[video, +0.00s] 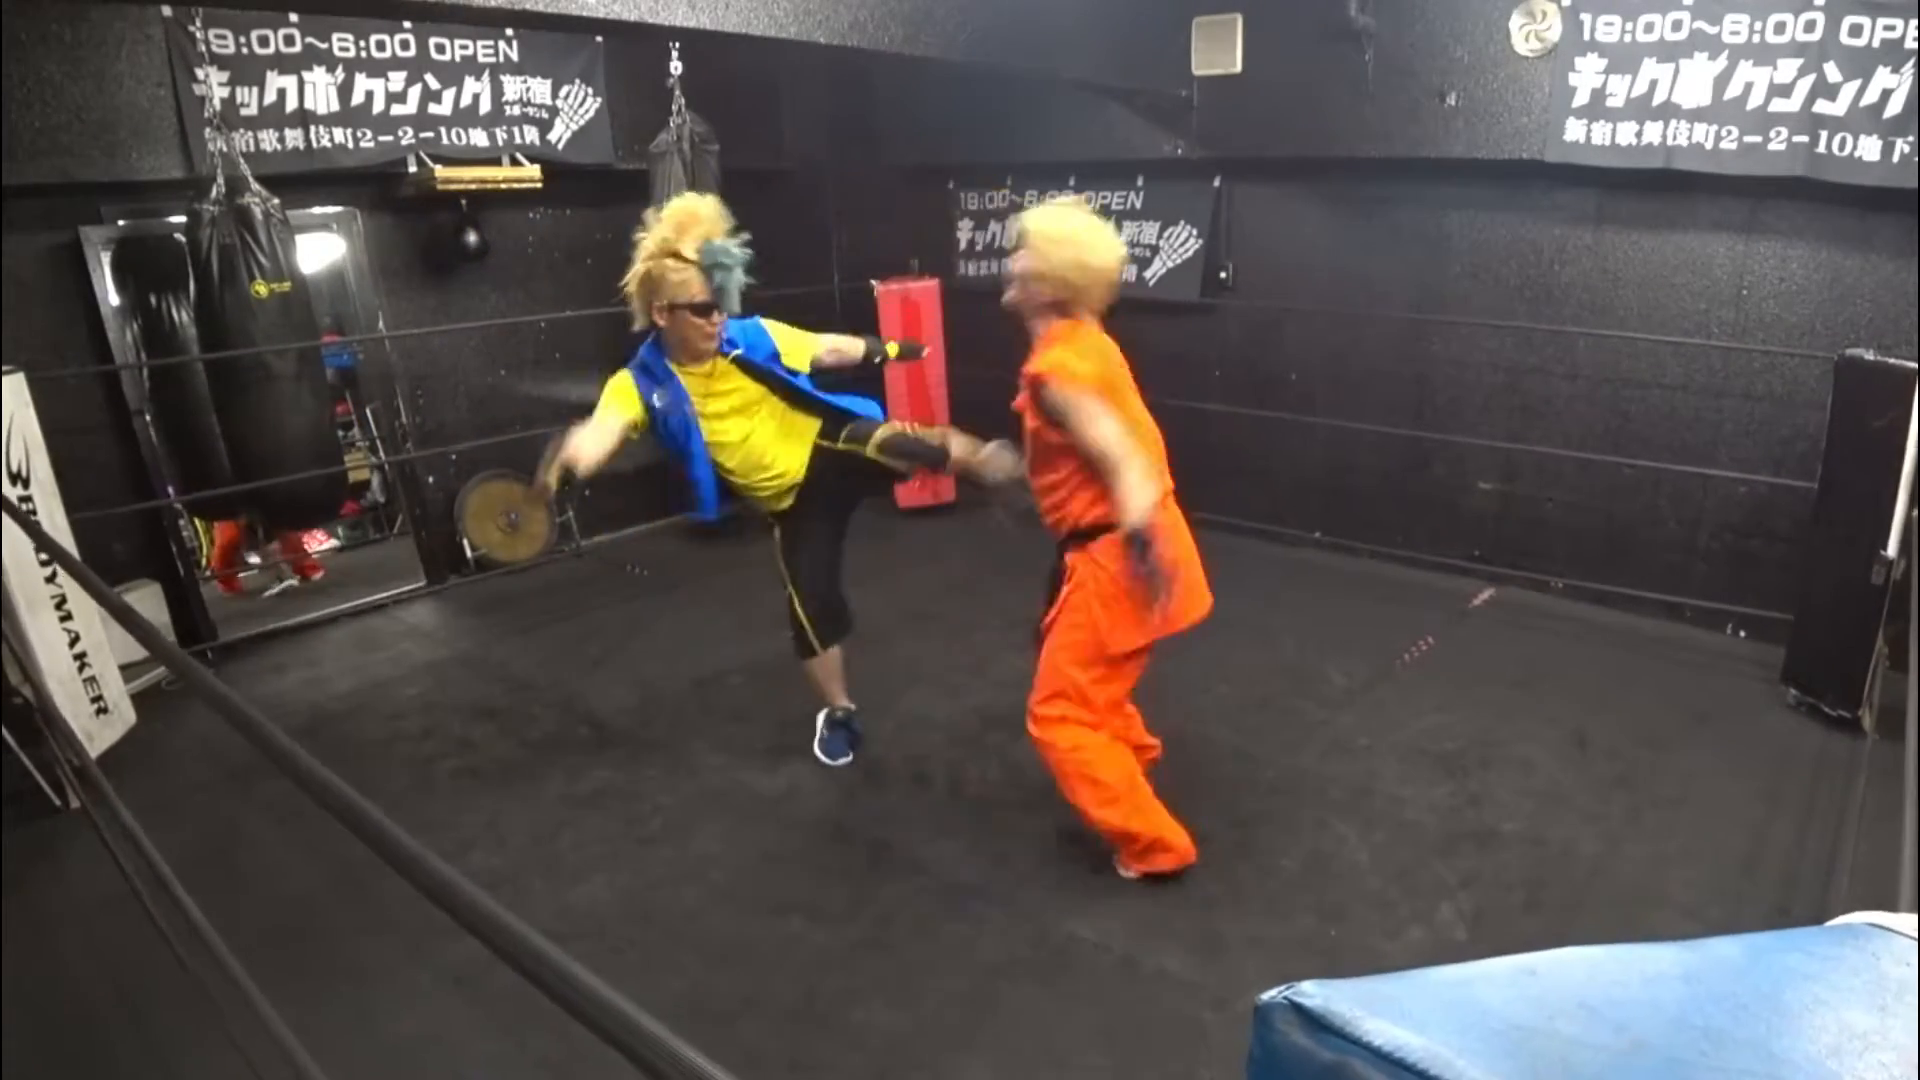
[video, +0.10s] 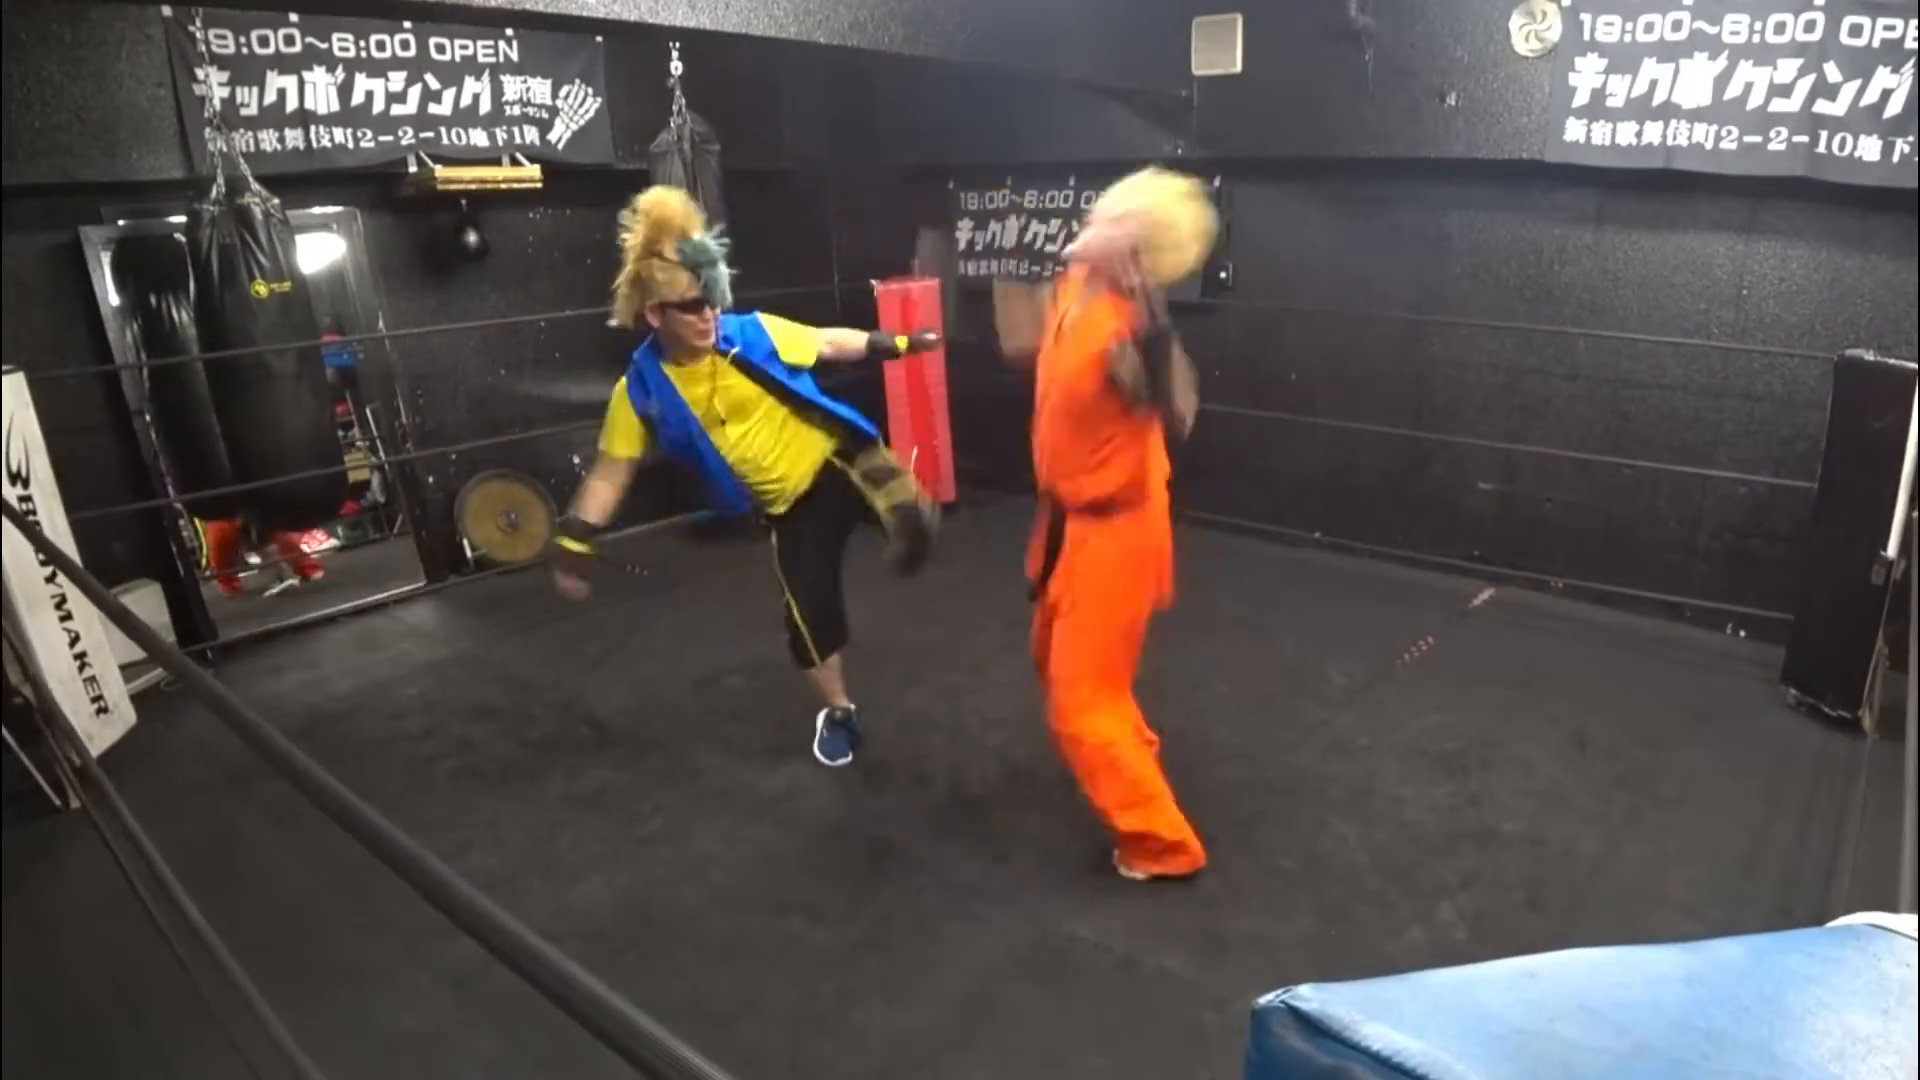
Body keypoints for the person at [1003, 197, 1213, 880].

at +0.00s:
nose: (1009, 262)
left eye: (1022, 253)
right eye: (1016, 250)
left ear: (1052, 280)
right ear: (1066, 286)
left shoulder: (1059, 365)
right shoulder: (1081, 345)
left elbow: (1124, 452)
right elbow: (1044, 473)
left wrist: (1137, 521)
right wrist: (956, 449)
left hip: (1111, 561)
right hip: (1126, 551)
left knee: (1060, 714)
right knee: (1068, 651)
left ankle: (1154, 848)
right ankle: (1129, 743)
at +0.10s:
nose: (1095, 217)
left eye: (1114, 215)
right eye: (1108, 208)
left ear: (1136, 247)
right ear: (1115, 229)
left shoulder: (1126, 322)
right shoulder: (1074, 292)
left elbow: (1171, 403)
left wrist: (1151, 312)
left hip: (1120, 528)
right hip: (1070, 515)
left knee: (1082, 695)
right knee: (1055, 654)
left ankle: (1163, 847)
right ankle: (1132, 746)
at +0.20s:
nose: (1217, 204)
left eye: (1232, 205)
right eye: (1215, 180)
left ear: (1227, 224)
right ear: (1175, 159)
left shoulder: (1200, 265)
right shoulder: (1082, 203)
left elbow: (1173, 298)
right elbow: (1015, 142)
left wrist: (1121, 222)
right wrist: (1031, 79)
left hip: (1119, 457)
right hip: (1038, 439)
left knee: (1127, 634)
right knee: (1057, 613)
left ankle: (1147, 807)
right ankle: (1089, 721)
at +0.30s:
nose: (1249, 188)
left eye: (1261, 180)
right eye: (1252, 166)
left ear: (1253, 178)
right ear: (1214, 123)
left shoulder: (1215, 235)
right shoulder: (1106, 124)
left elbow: (1151, 283)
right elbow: (1075, 20)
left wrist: (1079, 255)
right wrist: (1216, 10)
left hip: (1123, 403)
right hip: (1032, 392)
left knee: (1148, 587)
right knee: (1066, 587)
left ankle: (1132, 743)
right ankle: (1063, 707)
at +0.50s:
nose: (1304, 209)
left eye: (1317, 202)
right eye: (1306, 186)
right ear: (1272, 149)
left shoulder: (1230, 246)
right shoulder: (1189, 195)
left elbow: (1168, 360)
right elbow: (1074, 198)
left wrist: (1203, 428)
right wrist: (1052, 305)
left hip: (1087, 416)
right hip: (1063, 408)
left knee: (1006, 560)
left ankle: (918, 682)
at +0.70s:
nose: (1333, 376)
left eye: (1335, 359)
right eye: (1336, 361)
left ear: (1261, 317)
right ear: (1322, 356)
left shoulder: (1161, 362)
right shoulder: (1276, 432)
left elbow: (1052, 410)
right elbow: (1257, 570)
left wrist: (957, 459)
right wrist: (1235, 645)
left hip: (1051, 559)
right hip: (1132, 600)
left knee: (944, 639)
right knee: (1113, 776)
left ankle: (802, 680)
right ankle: (1051, 933)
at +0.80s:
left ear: (1220, 390)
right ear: (1298, 422)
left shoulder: (1160, 412)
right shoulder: (1309, 476)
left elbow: (1043, 428)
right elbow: (1326, 623)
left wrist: (938, 487)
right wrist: (1314, 728)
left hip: (1076, 585)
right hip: (1177, 632)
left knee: (1009, 686)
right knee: (1120, 809)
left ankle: (952, 791)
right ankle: (1047, 939)